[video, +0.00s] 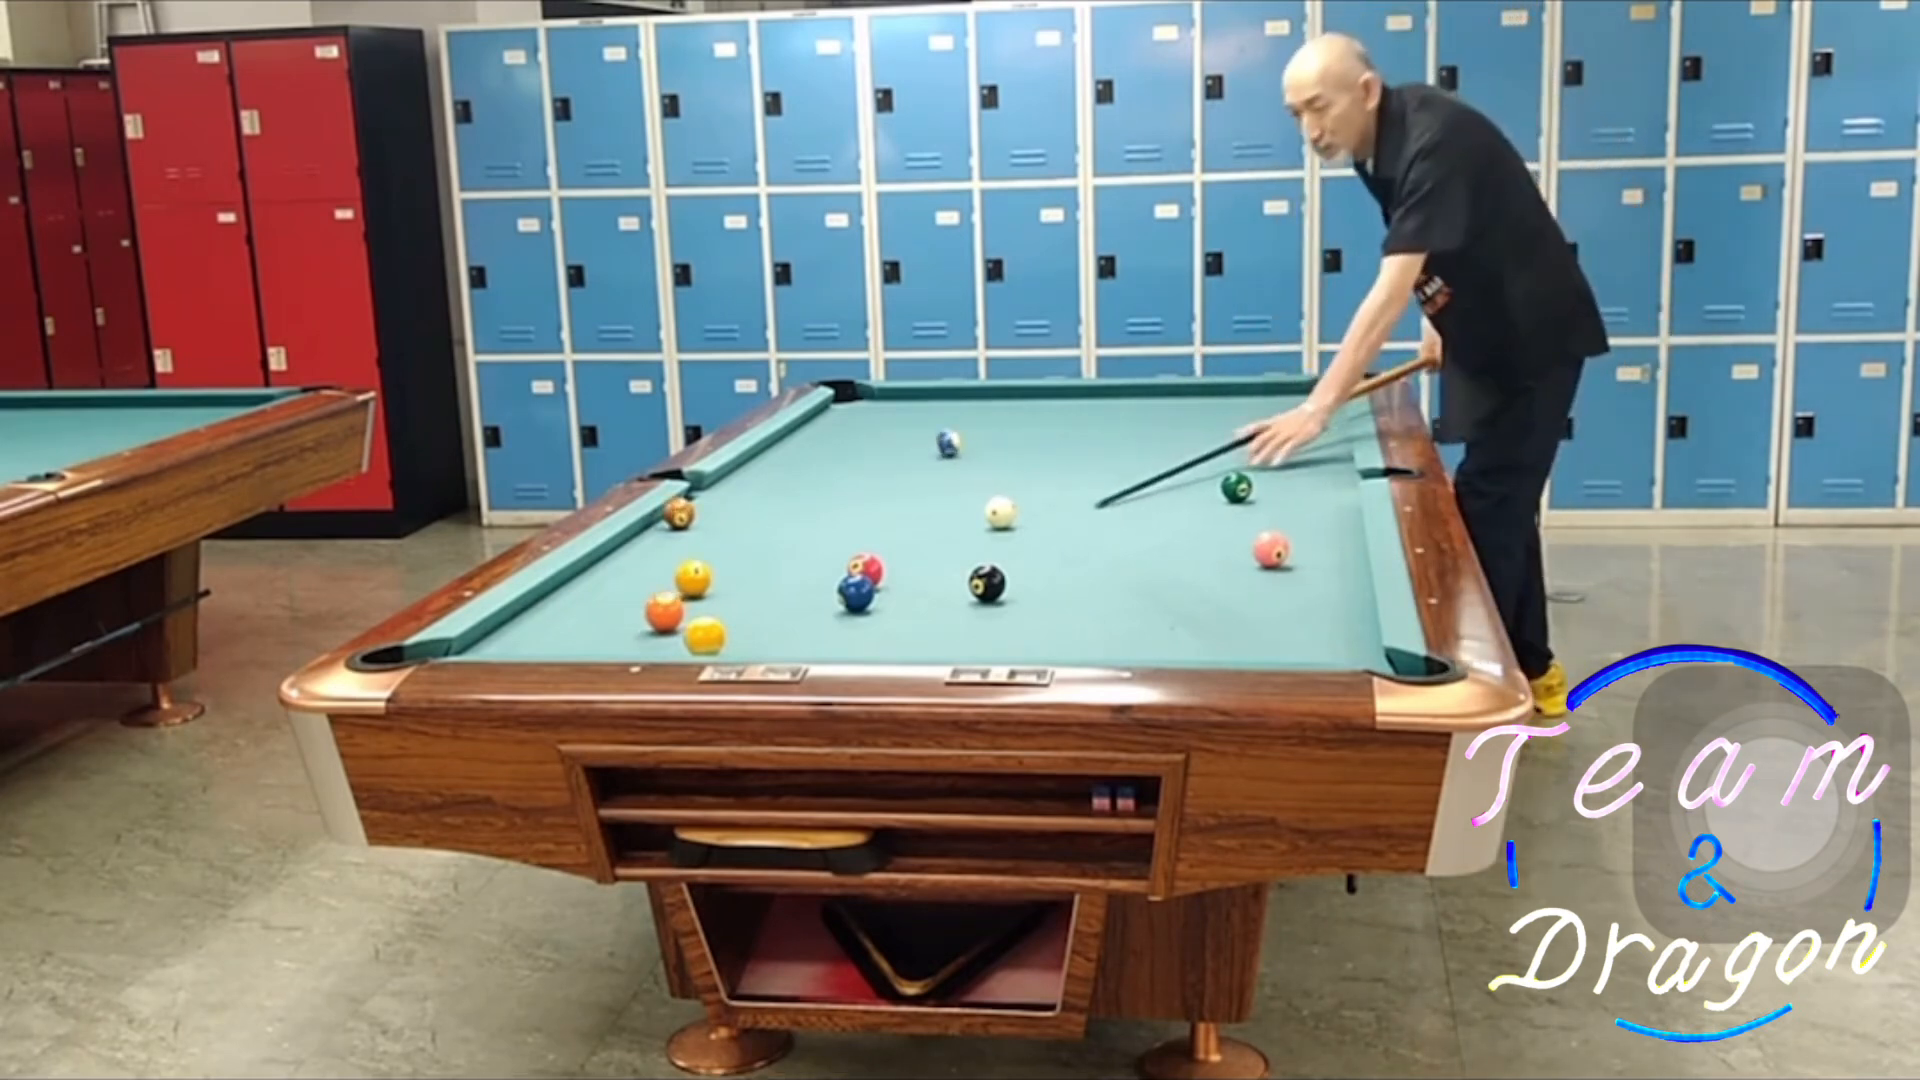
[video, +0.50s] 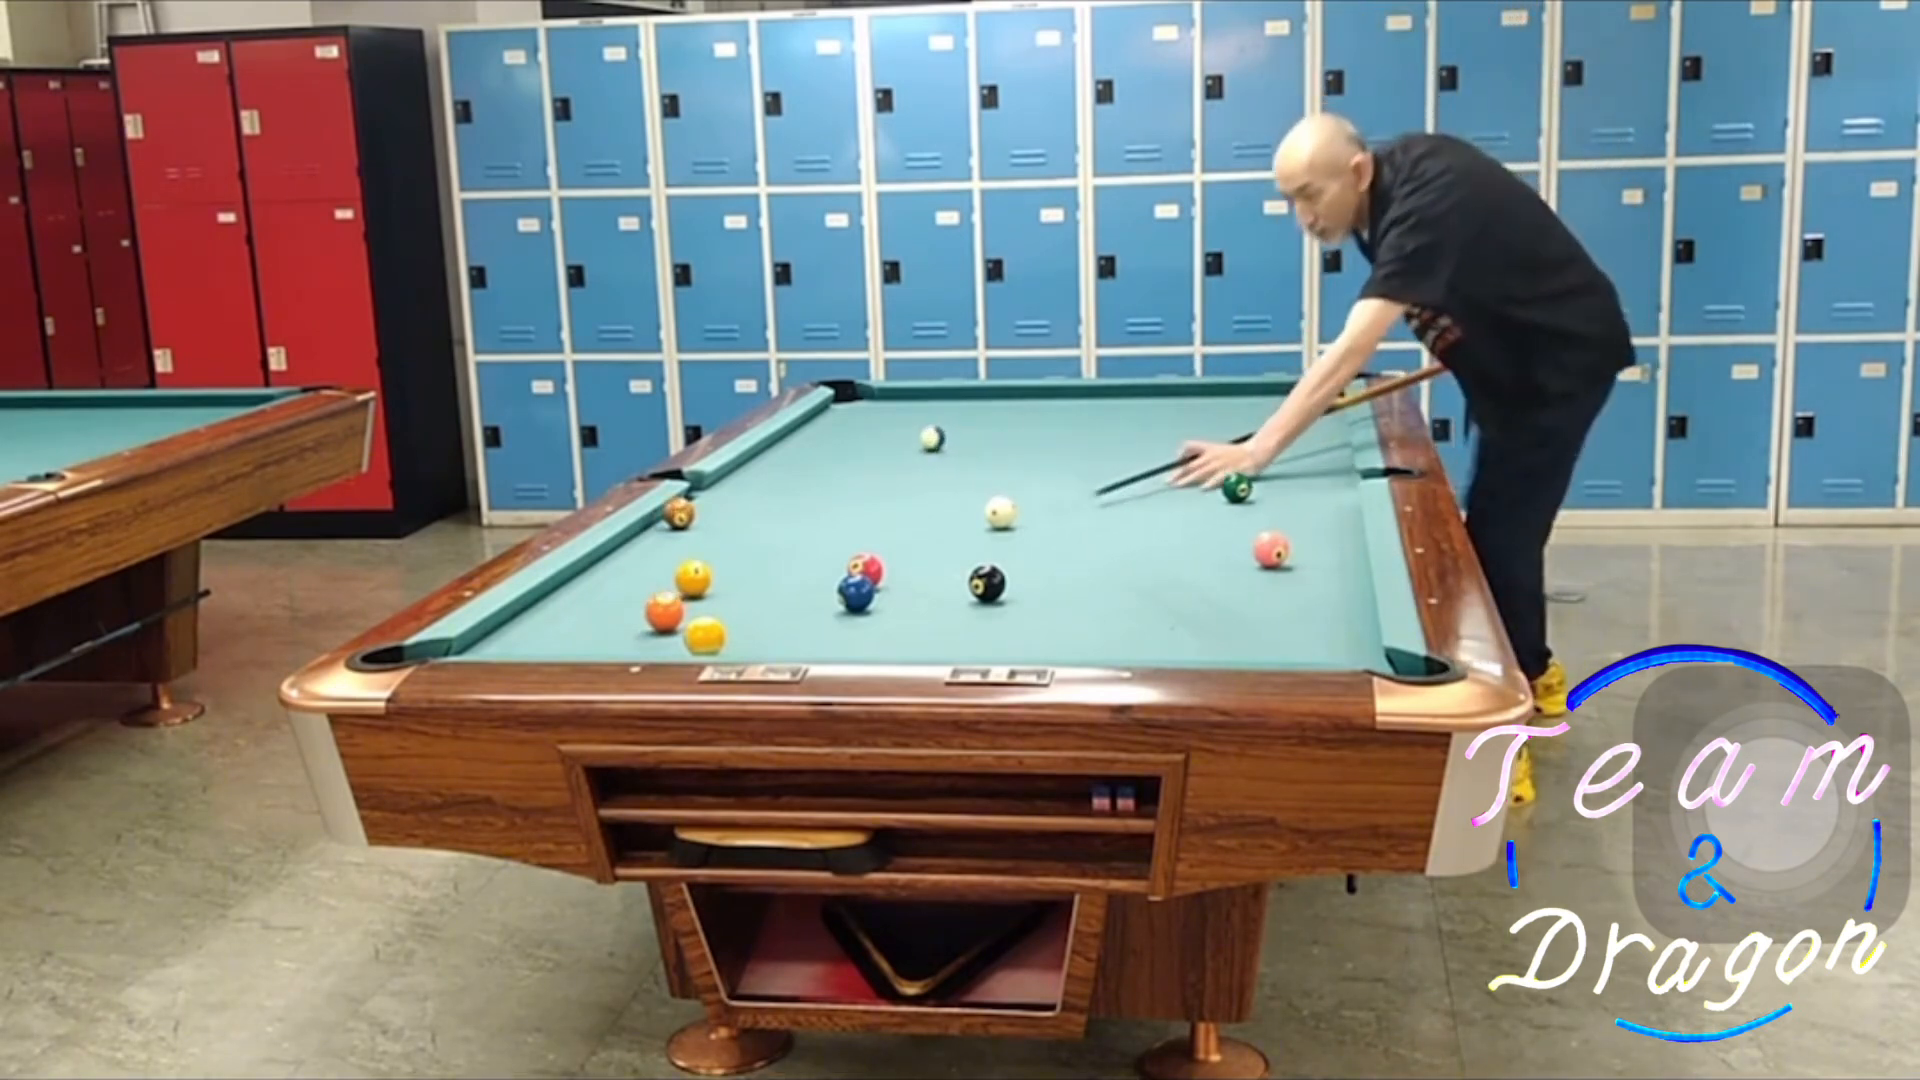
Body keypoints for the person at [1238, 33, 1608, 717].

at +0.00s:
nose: (1310, 131)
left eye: (1319, 109)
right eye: (1299, 116)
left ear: (1367, 89)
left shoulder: (1434, 141)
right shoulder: (1378, 142)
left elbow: (1393, 291)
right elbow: (1429, 235)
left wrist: (1316, 410)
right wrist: (1438, 325)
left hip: (1537, 337)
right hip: (1486, 338)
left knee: (1488, 502)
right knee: (1494, 503)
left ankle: (1525, 670)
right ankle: (1520, 666)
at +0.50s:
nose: (1301, 216)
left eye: (1307, 197)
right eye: (1293, 202)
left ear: (1357, 171)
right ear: (1354, 170)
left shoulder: (1425, 206)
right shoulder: (1395, 171)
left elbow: (1351, 356)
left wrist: (1253, 452)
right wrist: (1451, 318)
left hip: (1563, 355)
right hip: (1519, 353)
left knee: (1502, 536)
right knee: (1492, 525)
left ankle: (1521, 689)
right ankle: (1527, 668)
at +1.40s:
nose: (1318, 332)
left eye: (1326, 315)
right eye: (1310, 318)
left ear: (1379, 292)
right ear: (1371, 280)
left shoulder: (1440, 324)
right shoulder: (1417, 240)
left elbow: (1343, 413)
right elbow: (1506, 209)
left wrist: (1218, 469)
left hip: (1634, 373)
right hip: (1624, 346)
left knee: (1510, 540)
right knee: (1546, 530)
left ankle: (1510, 708)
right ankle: (1606, 690)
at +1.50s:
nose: (1319, 335)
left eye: (1327, 319)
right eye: (1310, 320)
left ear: (1381, 296)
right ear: (1372, 284)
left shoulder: (1441, 326)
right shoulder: (1417, 244)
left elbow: (1344, 415)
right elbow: (1500, 223)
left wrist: (1221, 469)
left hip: (1636, 374)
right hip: (1628, 347)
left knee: (1509, 542)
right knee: (1545, 531)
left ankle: (1509, 710)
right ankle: (1607, 691)